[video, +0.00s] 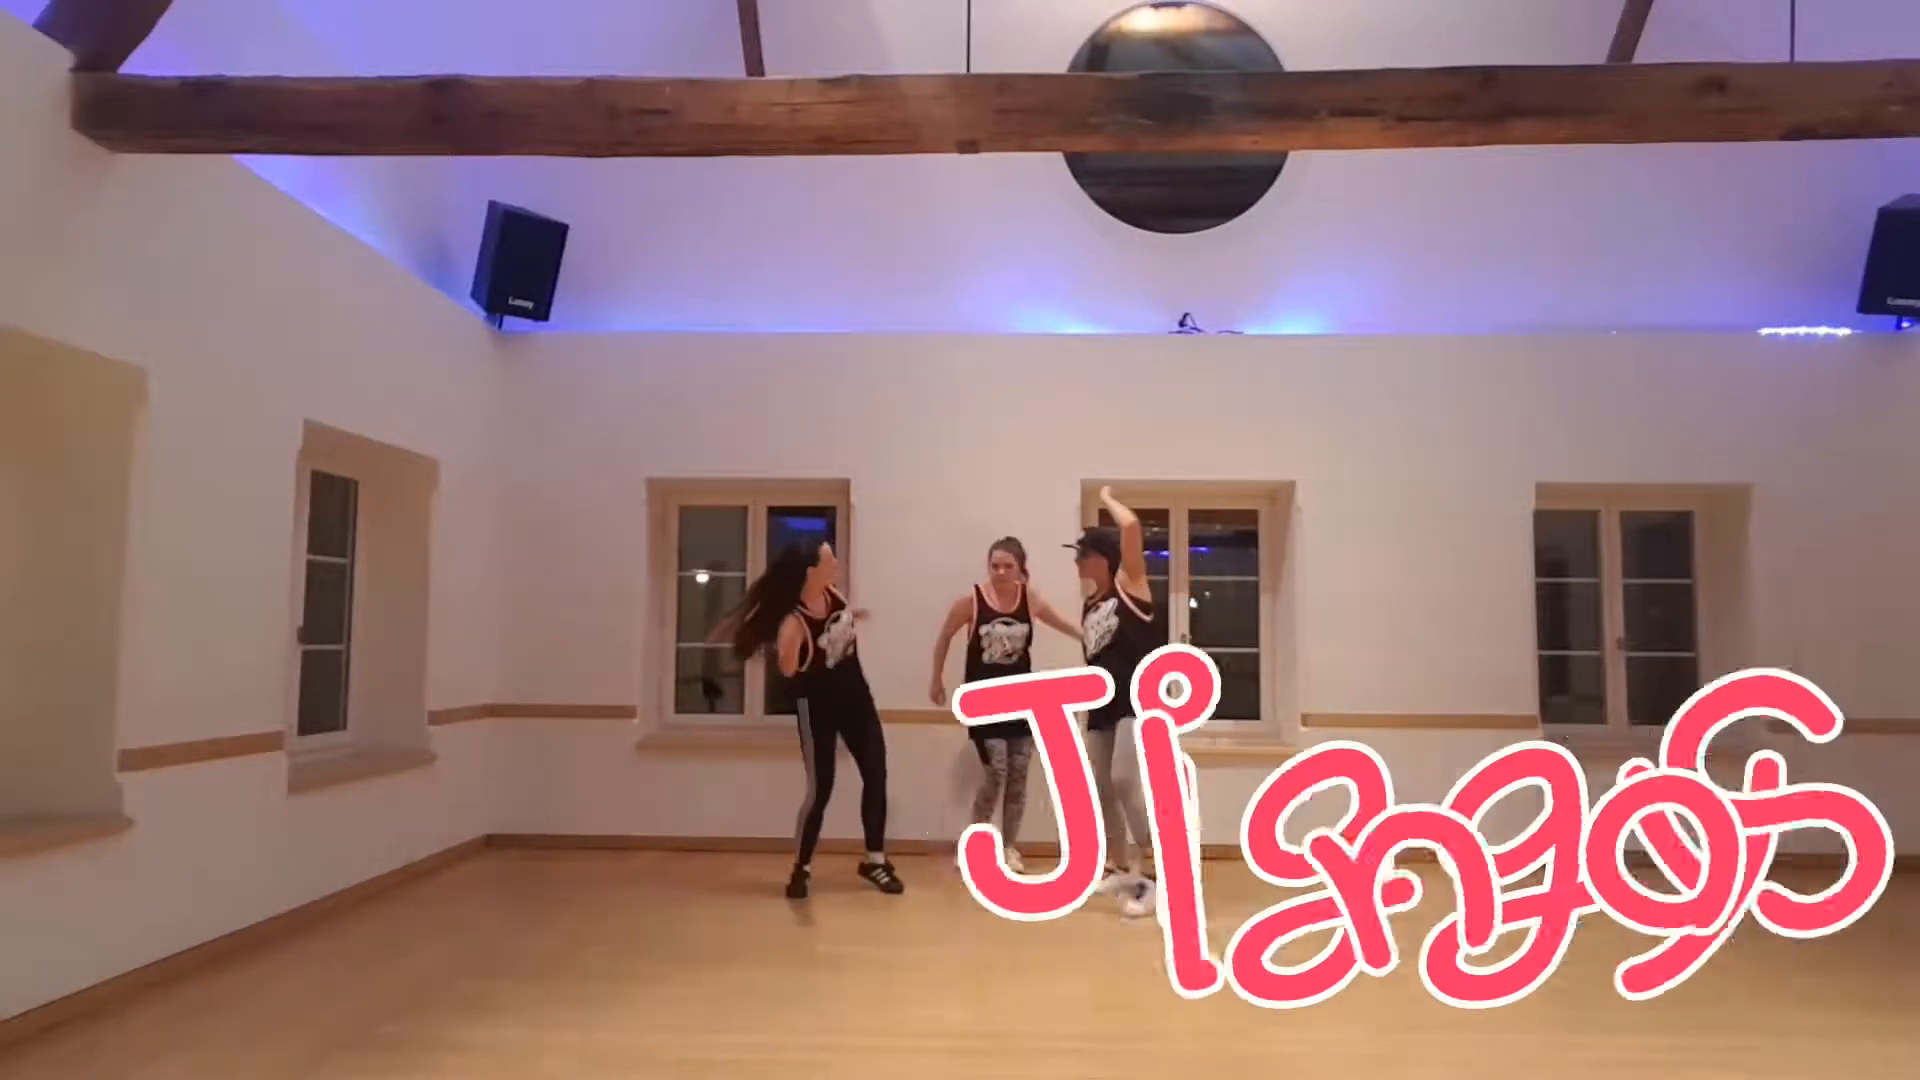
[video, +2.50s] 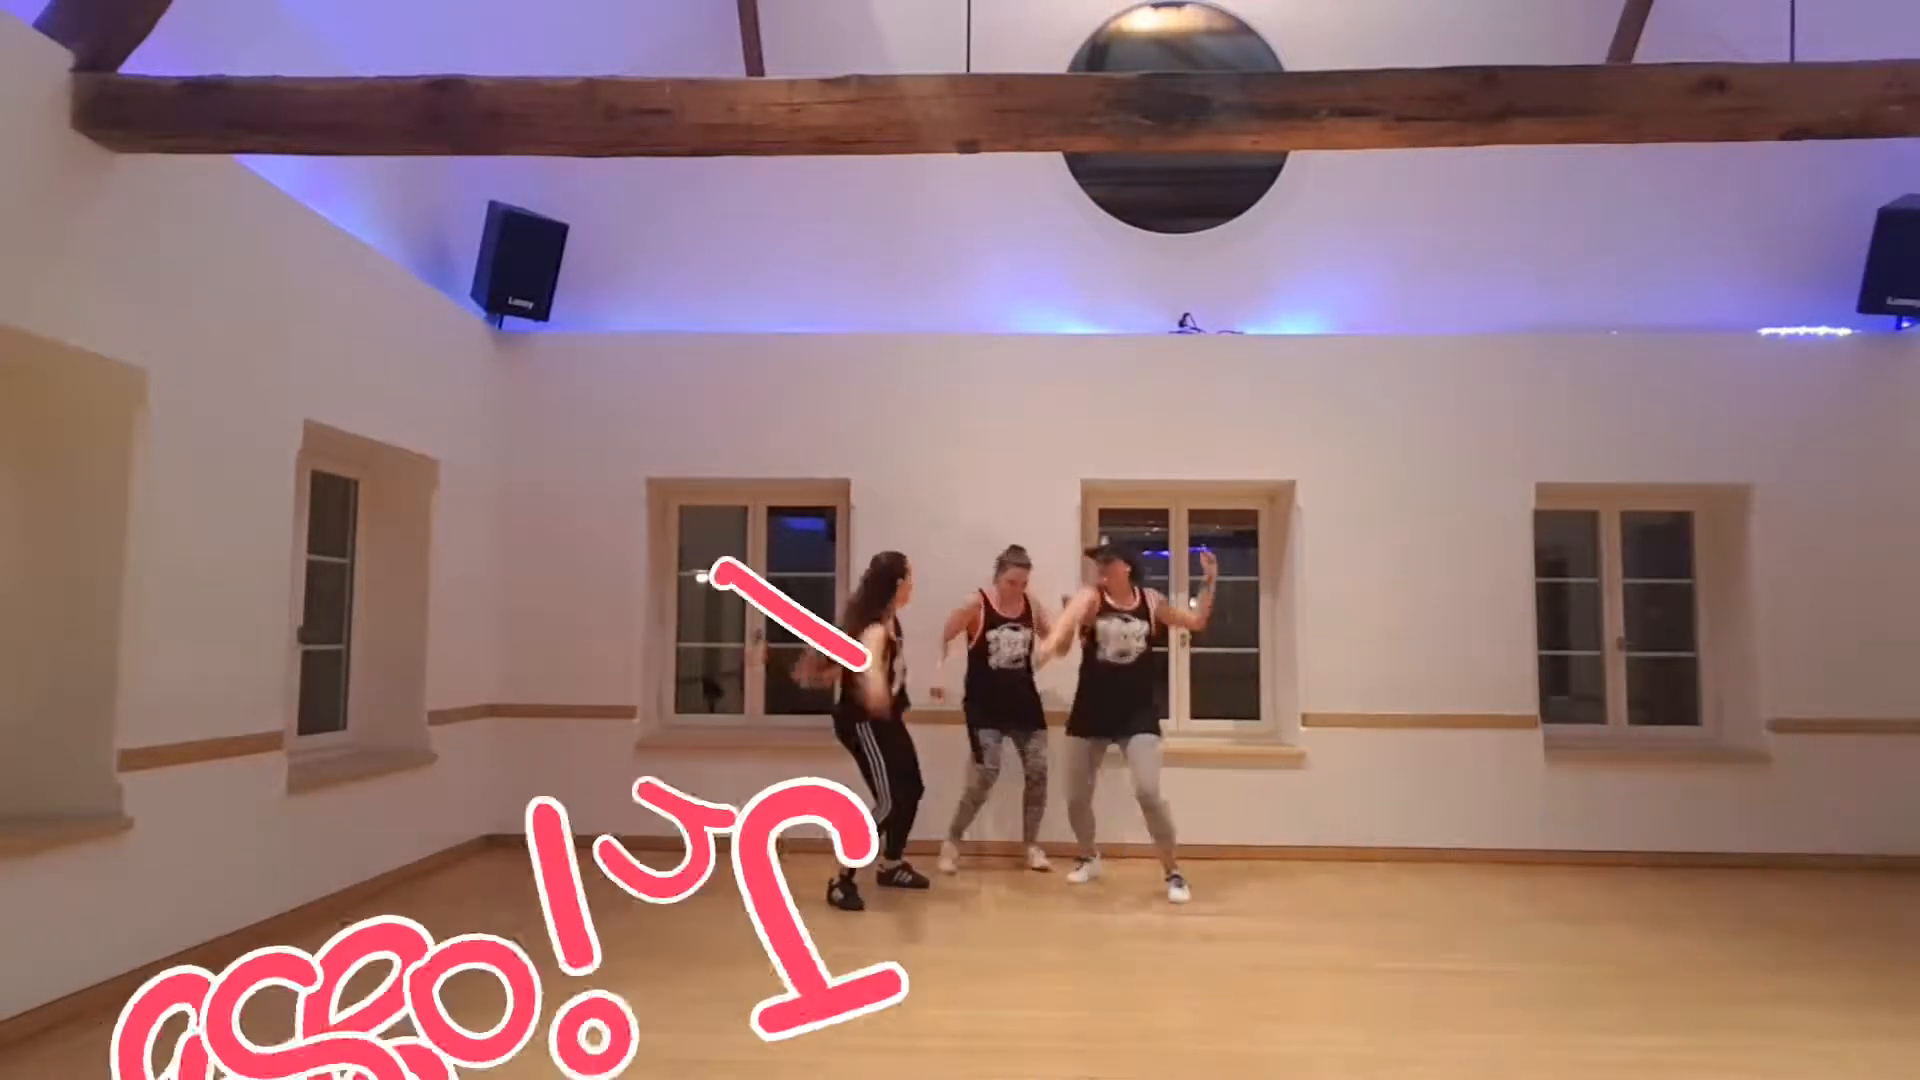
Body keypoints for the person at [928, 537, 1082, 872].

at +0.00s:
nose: (1000, 572)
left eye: (1007, 566)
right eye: (995, 566)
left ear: (1021, 568)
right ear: (988, 567)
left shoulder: (1029, 598)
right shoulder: (971, 601)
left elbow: (1055, 620)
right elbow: (944, 638)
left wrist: (1085, 636)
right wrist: (937, 680)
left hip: (1021, 693)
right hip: (983, 694)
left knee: (1019, 769)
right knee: (997, 768)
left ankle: (1010, 844)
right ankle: (978, 838)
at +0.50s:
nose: (1001, 564)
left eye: (1009, 560)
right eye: (1001, 558)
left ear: (1028, 567)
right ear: (999, 560)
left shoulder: (1033, 607)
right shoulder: (993, 584)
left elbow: (1000, 649)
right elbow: (974, 626)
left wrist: (955, 637)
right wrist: (946, 647)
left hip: (999, 692)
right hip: (961, 684)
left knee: (1013, 769)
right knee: (951, 763)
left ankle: (1015, 842)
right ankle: (940, 836)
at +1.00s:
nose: (957, 553)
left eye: (966, 547)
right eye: (957, 547)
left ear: (983, 554)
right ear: (959, 554)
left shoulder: (990, 582)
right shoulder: (963, 590)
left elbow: (977, 590)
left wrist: (955, 554)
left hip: (989, 690)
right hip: (954, 689)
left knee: (999, 769)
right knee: (945, 767)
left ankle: (1016, 840)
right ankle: (938, 839)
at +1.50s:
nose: (927, 573)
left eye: (928, 566)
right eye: (919, 573)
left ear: (938, 568)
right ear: (914, 585)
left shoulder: (972, 595)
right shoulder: (915, 612)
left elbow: (995, 640)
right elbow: (901, 665)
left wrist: (1010, 623)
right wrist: (936, 670)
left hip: (977, 696)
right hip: (938, 700)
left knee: (982, 771)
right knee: (942, 777)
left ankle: (1004, 838)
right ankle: (945, 844)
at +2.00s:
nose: (976, 579)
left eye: (974, 573)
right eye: (969, 574)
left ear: (967, 577)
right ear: (951, 579)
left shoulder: (970, 603)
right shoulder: (946, 619)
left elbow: (982, 628)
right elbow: (940, 670)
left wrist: (997, 601)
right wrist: (980, 684)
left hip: (987, 704)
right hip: (961, 710)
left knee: (1011, 767)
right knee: (964, 774)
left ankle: (1004, 837)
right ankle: (943, 841)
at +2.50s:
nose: (1018, 588)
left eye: (1023, 582)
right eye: (1013, 581)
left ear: (1029, 579)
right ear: (998, 576)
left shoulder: (1031, 605)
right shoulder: (976, 606)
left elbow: (1053, 640)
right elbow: (943, 638)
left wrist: (1068, 621)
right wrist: (938, 677)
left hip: (1023, 698)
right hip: (984, 700)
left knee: (1038, 770)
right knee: (986, 772)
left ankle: (1032, 844)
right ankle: (952, 841)